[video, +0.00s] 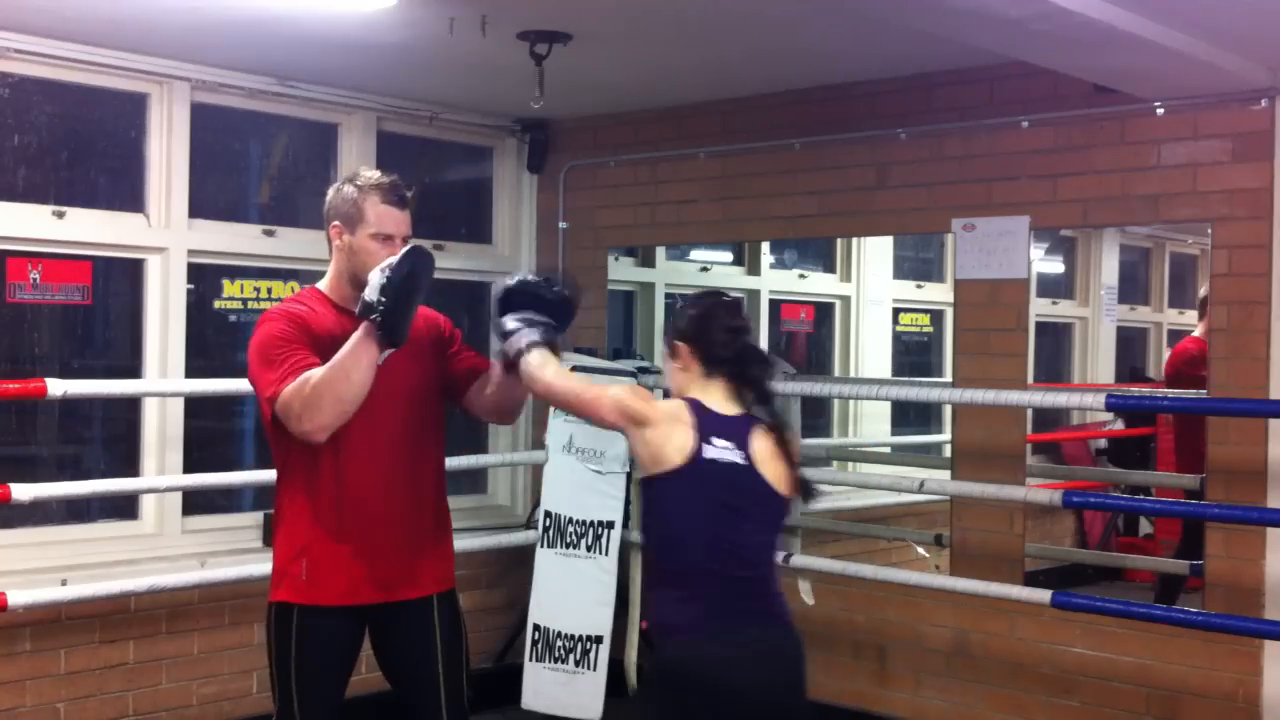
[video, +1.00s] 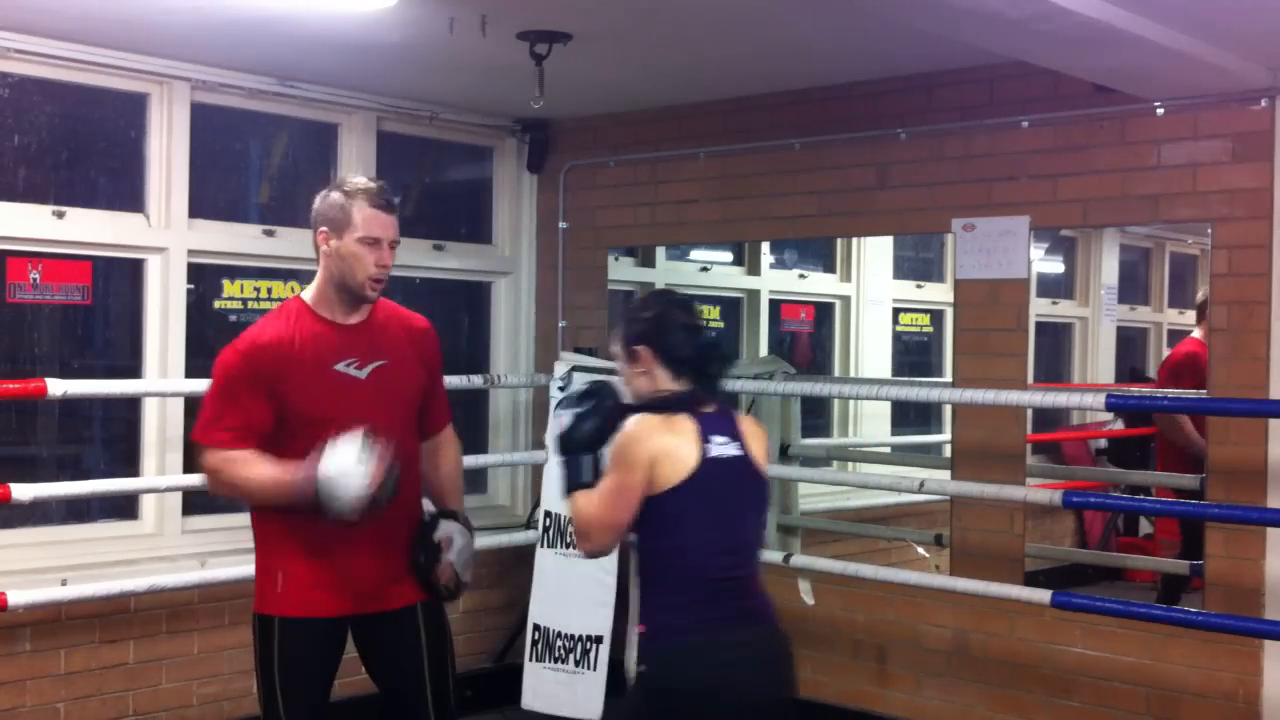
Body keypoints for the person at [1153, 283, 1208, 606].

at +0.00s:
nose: (1224, 319)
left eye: (1222, 313)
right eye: (1221, 313)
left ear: (1203, 311)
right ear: (1209, 312)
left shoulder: (1192, 351)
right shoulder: (1191, 353)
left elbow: (1185, 414)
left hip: (1199, 464)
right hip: (1196, 466)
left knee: (1196, 536)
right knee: (1192, 537)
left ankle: (1164, 604)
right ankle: (1162, 607)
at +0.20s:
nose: (1226, 320)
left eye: (1224, 313)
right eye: (1223, 313)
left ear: (1204, 312)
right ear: (1211, 313)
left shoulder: (1201, 350)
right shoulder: (1189, 351)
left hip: (1203, 465)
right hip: (1193, 466)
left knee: (1197, 538)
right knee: (1191, 539)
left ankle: (1164, 604)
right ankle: (1162, 608)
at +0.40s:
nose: (1223, 320)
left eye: (1221, 313)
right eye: (1219, 313)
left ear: (1202, 311)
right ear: (1205, 312)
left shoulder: (1208, 352)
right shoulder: (1177, 353)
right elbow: (1208, 377)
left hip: (1210, 466)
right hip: (1188, 468)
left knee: (1200, 539)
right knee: (1190, 540)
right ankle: (1163, 609)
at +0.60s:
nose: (1215, 320)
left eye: (1215, 313)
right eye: (1211, 313)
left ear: (1197, 314)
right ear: (1194, 313)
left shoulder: (1207, 353)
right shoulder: (1168, 353)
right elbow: (1190, 382)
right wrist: (1225, 371)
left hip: (1210, 460)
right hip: (1185, 462)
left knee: (1202, 536)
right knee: (1191, 537)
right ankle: (1165, 605)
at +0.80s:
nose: (1221, 316)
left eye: (1219, 309)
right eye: (1215, 310)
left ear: (1199, 312)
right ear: (1199, 312)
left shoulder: (1209, 352)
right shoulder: (1180, 354)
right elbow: (1166, 412)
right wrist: (1209, 420)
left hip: (1205, 466)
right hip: (1187, 468)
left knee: (1198, 541)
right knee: (1190, 542)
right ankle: (1163, 610)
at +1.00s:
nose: (1226, 319)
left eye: (1225, 312)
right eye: (1222, 312)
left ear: (1204, 313)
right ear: (1207, 314)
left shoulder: (1209, 353)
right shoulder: (1189, 353)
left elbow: (1174, 412)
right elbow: (1167, 412)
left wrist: (1209, 449)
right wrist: (1207, 452)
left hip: (1200, 469)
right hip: (1187, 470)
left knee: (1197, 543)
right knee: (1191, 544)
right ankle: (1164, 610)